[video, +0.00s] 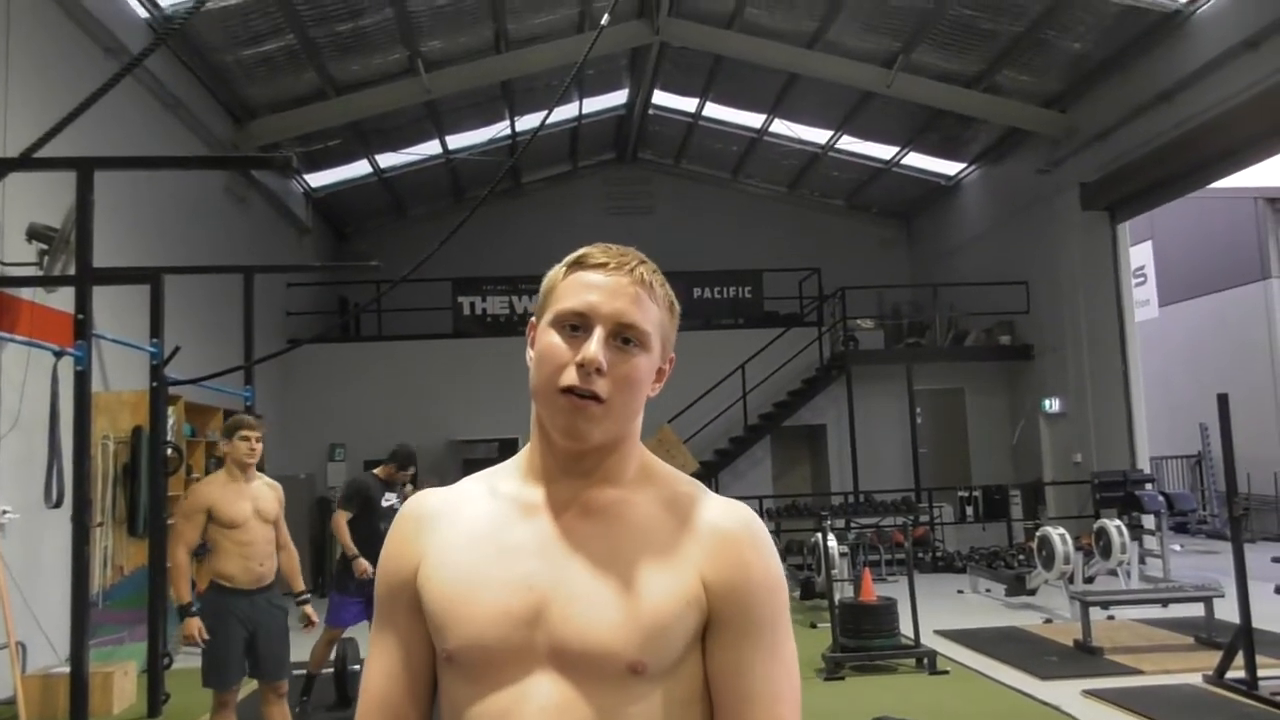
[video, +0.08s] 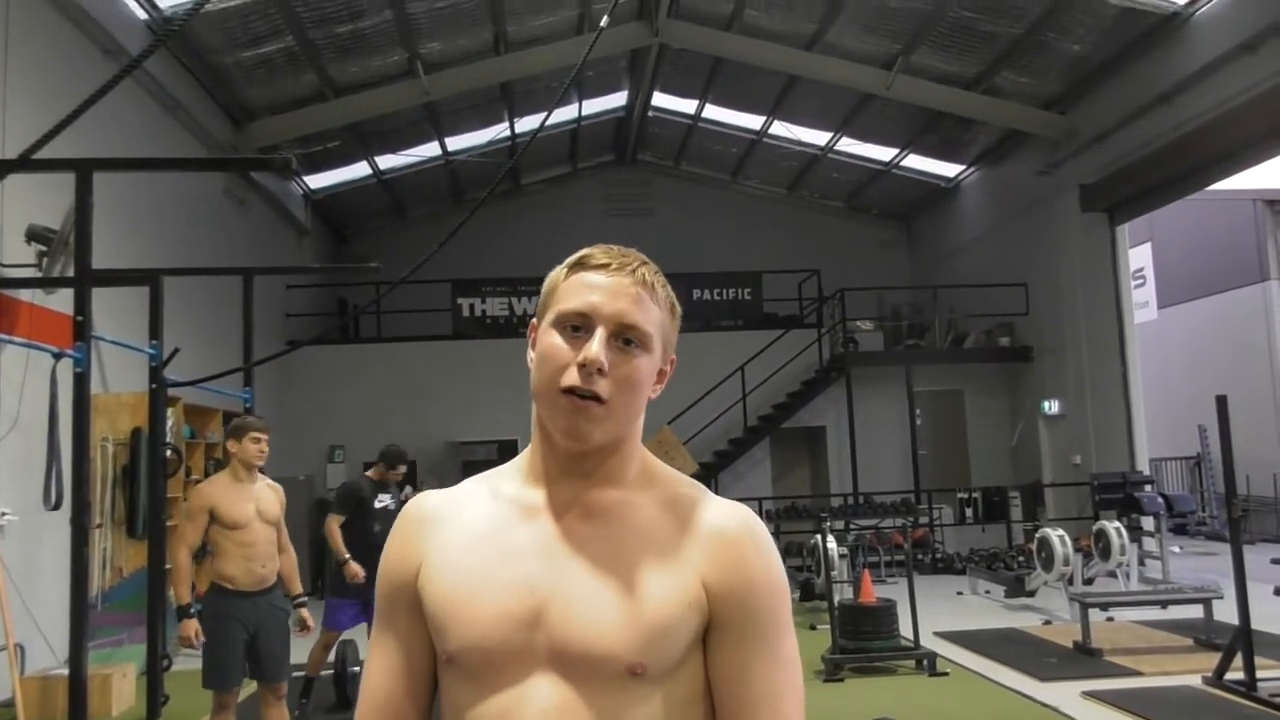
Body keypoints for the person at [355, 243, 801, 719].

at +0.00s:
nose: (590, 358)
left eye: (625, 339)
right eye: (571, 327)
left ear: (659, 374)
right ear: (532, 343)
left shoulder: (726, 541)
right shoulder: (427, 526)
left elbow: (768, 711)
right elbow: (382, 712)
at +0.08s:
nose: (592, 358)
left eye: (627, 340)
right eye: (573, 328)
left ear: (660, 376)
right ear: (534, 345)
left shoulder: (727, 544)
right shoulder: (428, 528)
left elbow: (772, 713)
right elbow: (381, 714)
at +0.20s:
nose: (591, 360)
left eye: (625, 342)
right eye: (571, 330)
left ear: (659, 379)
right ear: (533, 348)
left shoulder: (727, 547)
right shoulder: (428, 532)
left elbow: (775, 714)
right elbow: (379, 715)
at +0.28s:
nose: (590, 361)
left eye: (624, 343)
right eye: (571, 331)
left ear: (660, 380)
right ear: (533, 349)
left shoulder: (727, 549)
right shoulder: (428, 533)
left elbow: (775, 709)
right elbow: (381, 711)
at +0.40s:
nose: (590, 365)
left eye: (625, 347)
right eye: (571, 335)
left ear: (659, 383)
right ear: (532, 351)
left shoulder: (726, 553)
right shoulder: (425, 537)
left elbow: (773, 713)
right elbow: (380, 714)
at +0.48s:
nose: (590, 366)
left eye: (624, 349)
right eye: (571, 336)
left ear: (658, 385)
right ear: (530, 354)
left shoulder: (726, 556)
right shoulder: (422, 538)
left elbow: (768, 712)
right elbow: (378, 714)